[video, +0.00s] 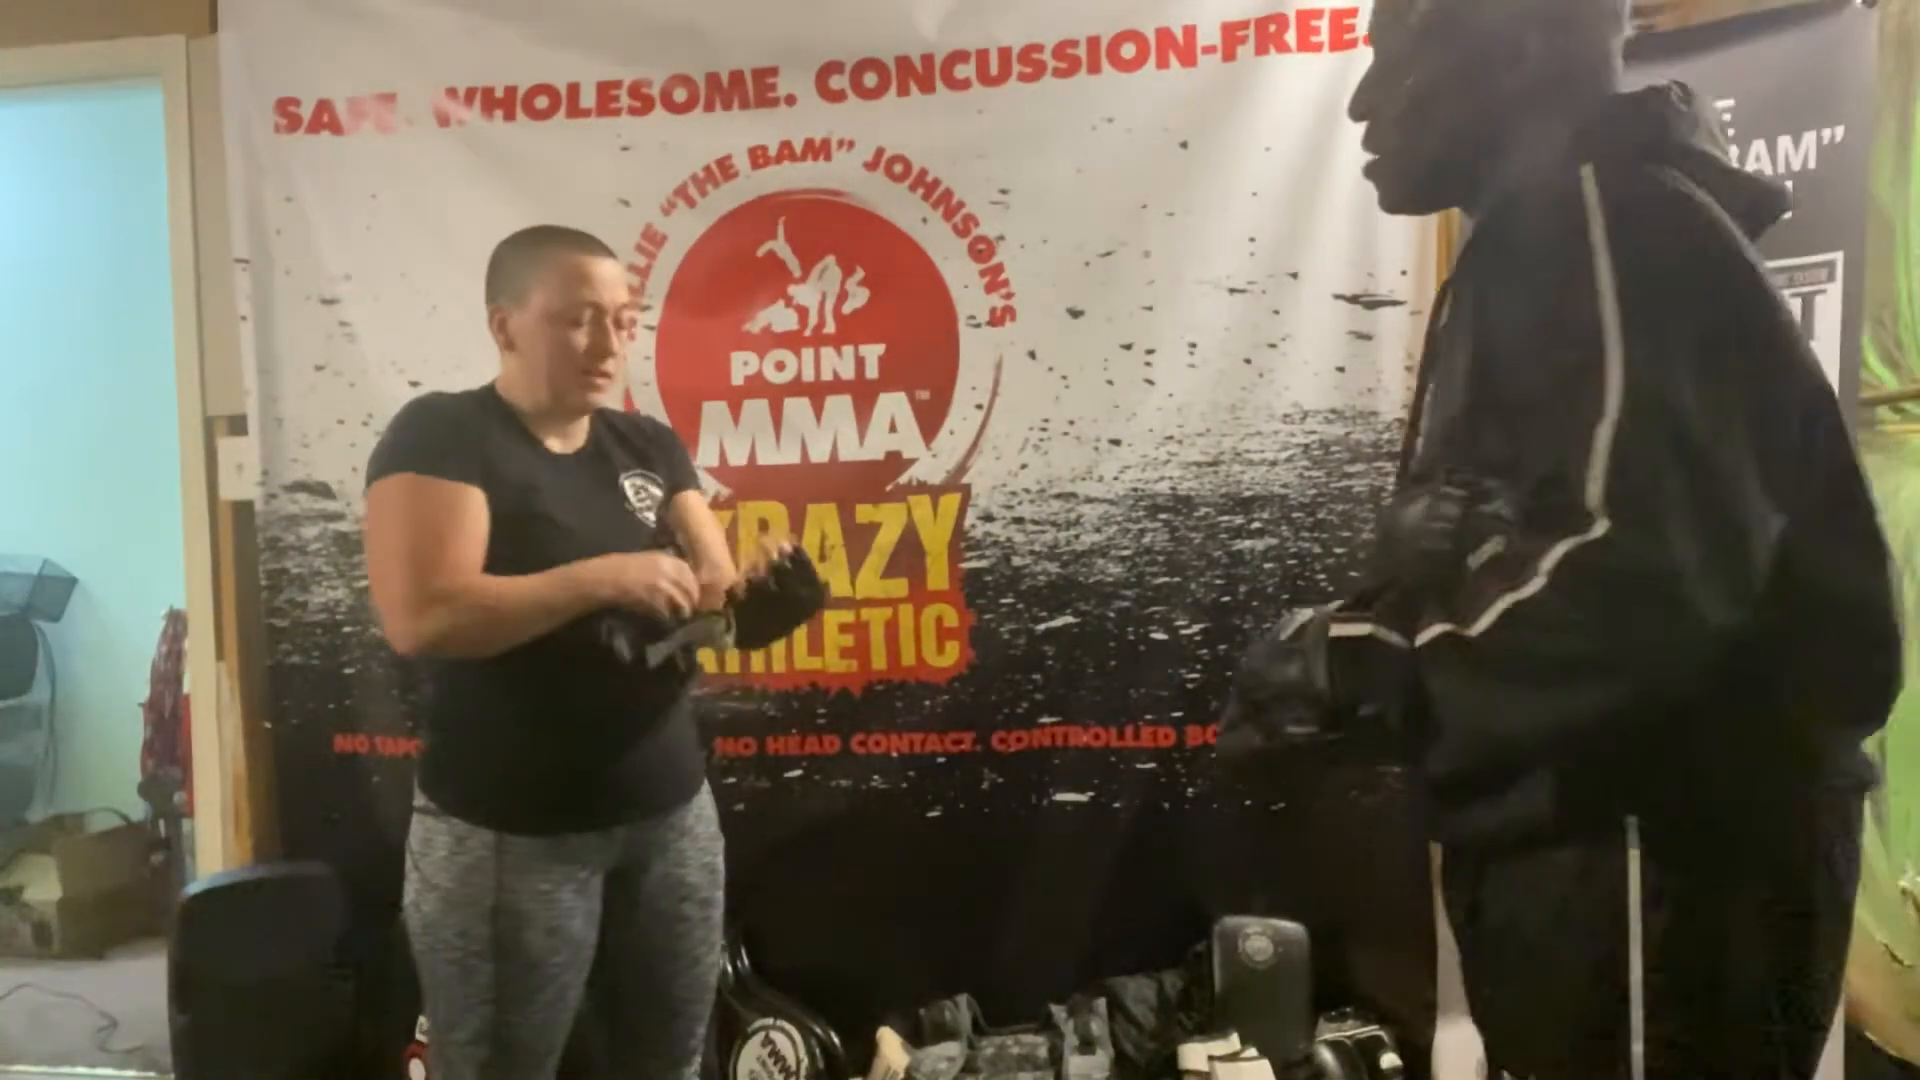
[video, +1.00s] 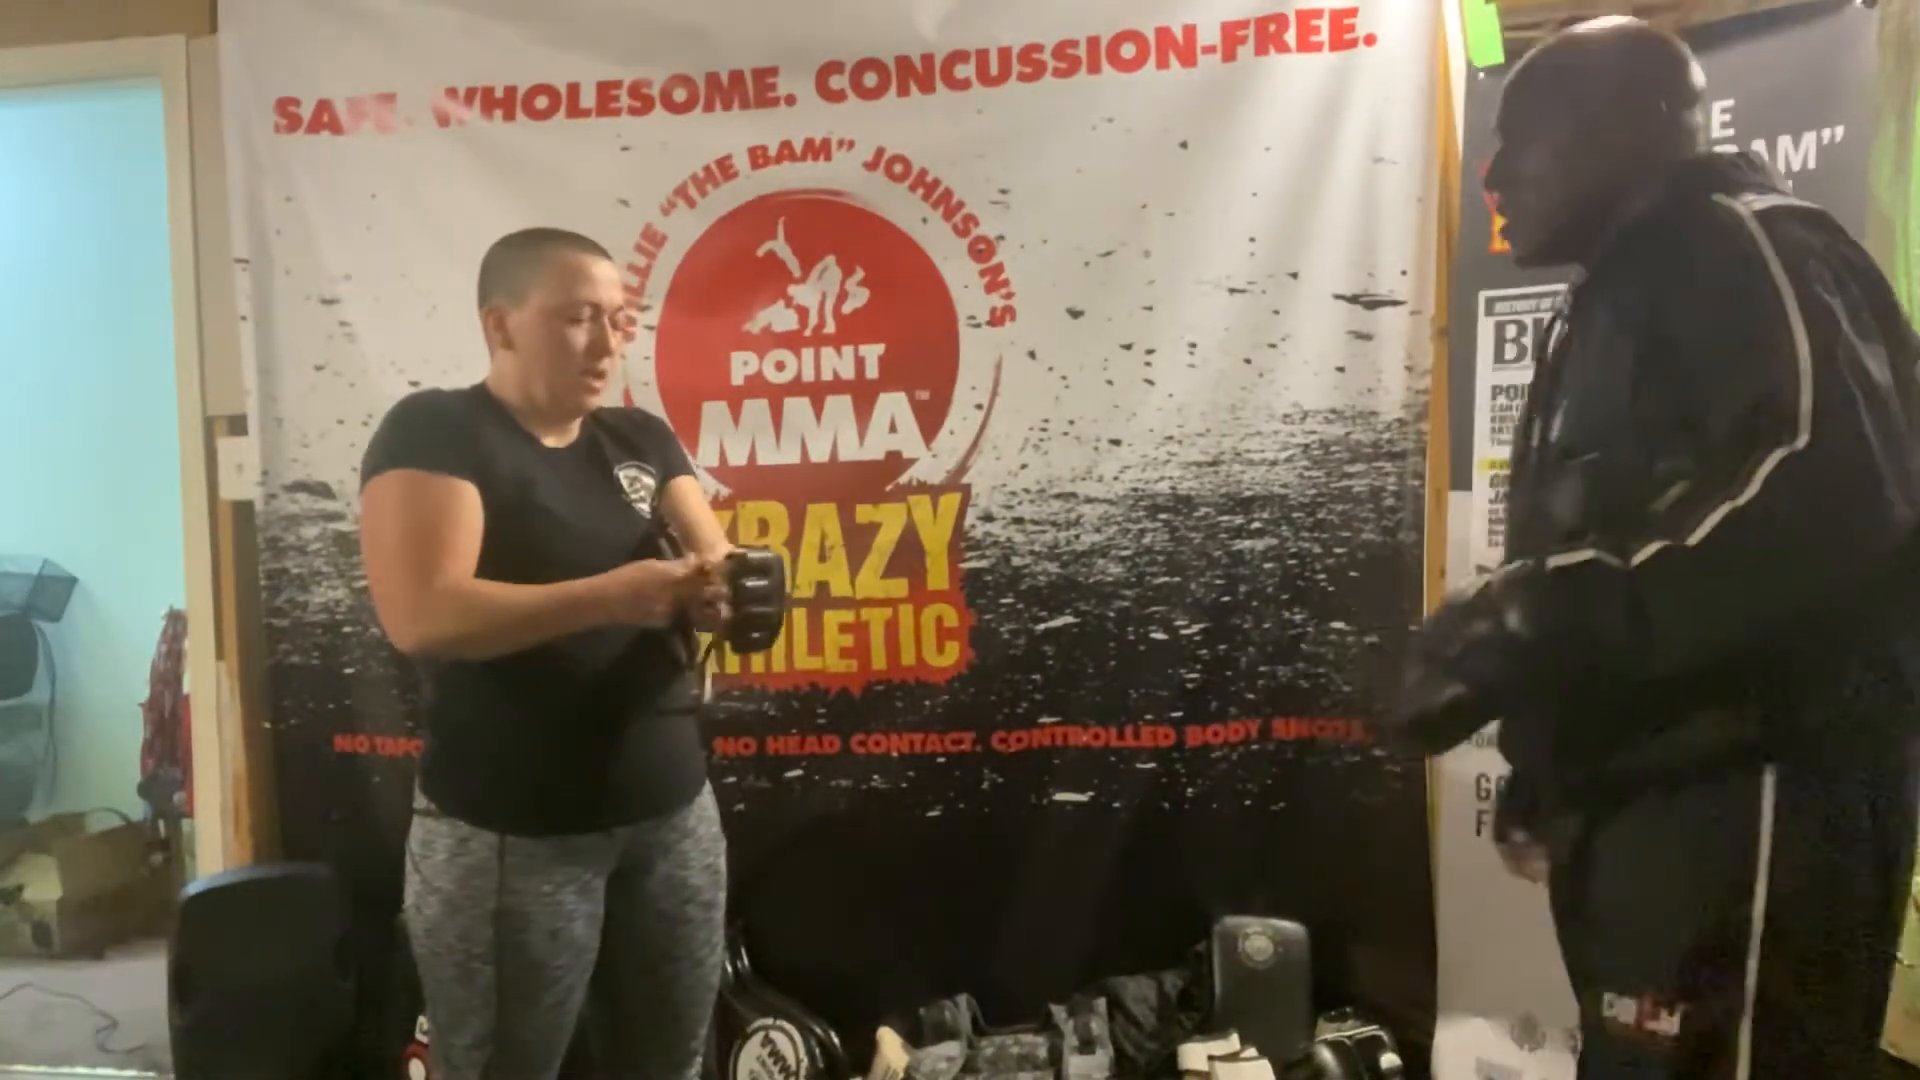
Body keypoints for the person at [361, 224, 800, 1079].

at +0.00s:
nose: (609, 343)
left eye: (622, 321)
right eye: (581, 318)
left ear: (633, 326)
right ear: (506, 326)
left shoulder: (647, 444)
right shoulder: (438, 433)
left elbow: (716, 596)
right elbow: (420, 615)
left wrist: (754, 592)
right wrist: (602, 577)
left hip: (668, 824)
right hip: (502, 842)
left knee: (662, 1065)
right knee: (496, 1069)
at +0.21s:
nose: (605, 347)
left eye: (618, 325)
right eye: (578, 321)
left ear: (630, 330)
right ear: (505, 325)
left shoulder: (648, 444)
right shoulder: (434, 439)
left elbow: (719, 588)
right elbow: (421, 619)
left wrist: (743, 584)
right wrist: (610, 593)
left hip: (669, 826)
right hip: (505, 844)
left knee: (664, 1066)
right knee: (498, 1069)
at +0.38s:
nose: (605, 347)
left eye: (617, 325)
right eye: (578, 321)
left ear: (628, 329)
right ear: (503, 325)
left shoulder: (647, 444)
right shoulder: (433, 440)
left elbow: (721, 581)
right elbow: (425, 620)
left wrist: (730, 586)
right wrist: (611, 595)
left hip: (670, 827)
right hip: (505, 845)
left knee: (664, 1065)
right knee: (497, 1068)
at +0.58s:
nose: (605, 348)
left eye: (616, 327)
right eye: (577, 323)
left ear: (626, 331)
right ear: (504, 326)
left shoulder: (645, 444)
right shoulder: (430, 441)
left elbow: (724, 583)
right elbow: (424, 621)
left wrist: (729, 588)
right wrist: (613, 596)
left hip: (670, 828)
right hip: (504, 844)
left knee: (663, 1065)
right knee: (498, 1068)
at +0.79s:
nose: (607, 342)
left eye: (616, 321)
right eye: (579, 317)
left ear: (625, 329)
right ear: (502, 326)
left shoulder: (644, 442)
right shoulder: (431, 437)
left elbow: (722, 577)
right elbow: (423, 620)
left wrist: (732, 590)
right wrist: (615, 599)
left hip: (670, 828)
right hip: (505, 844)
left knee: (661, 1066)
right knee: (498, 1068)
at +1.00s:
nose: (607, 341)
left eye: (616, 320)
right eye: (580, 316)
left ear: (625, 329)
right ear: (502, 324)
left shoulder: (641, 439)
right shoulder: (431, 432)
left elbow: (724, 572)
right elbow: (419, 614)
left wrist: (721, 593)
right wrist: (616, 595)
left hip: (670, 827)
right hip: (505, 844)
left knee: (662, 1065)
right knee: (497, 1068)